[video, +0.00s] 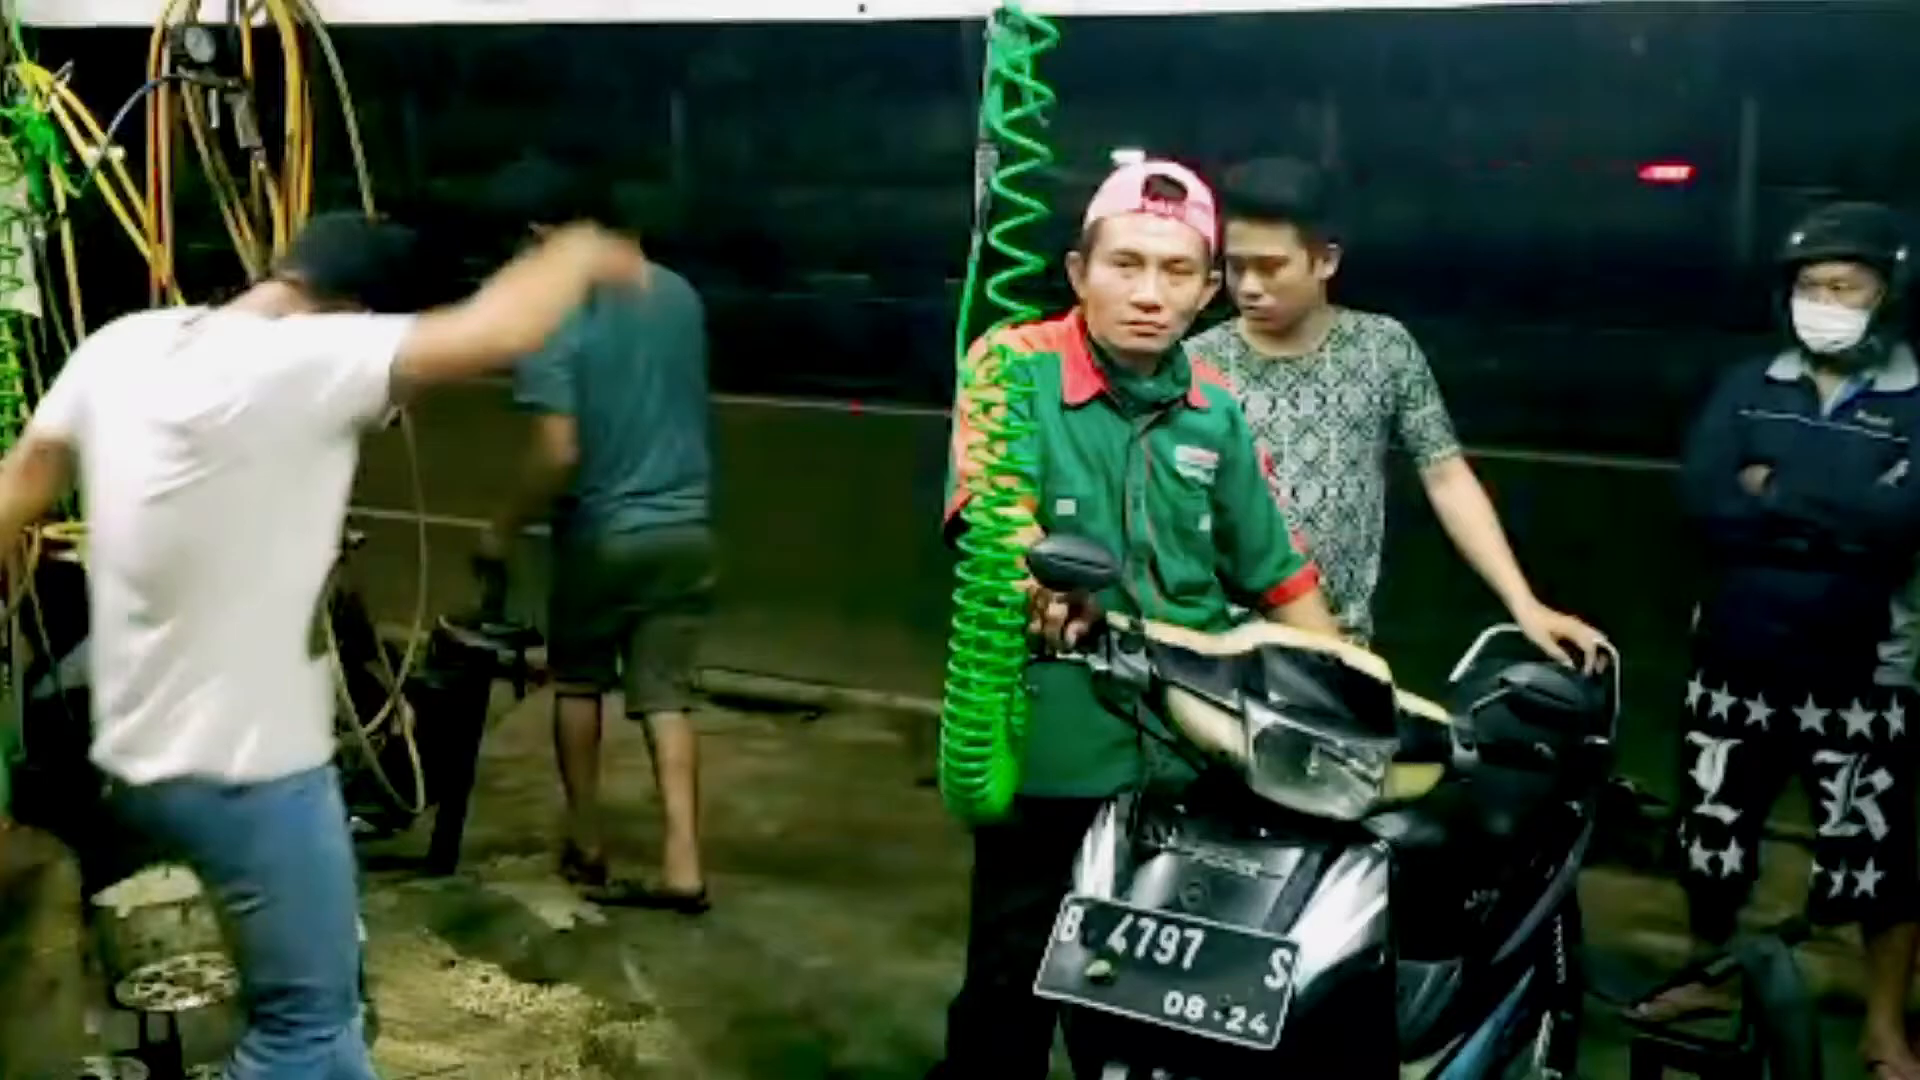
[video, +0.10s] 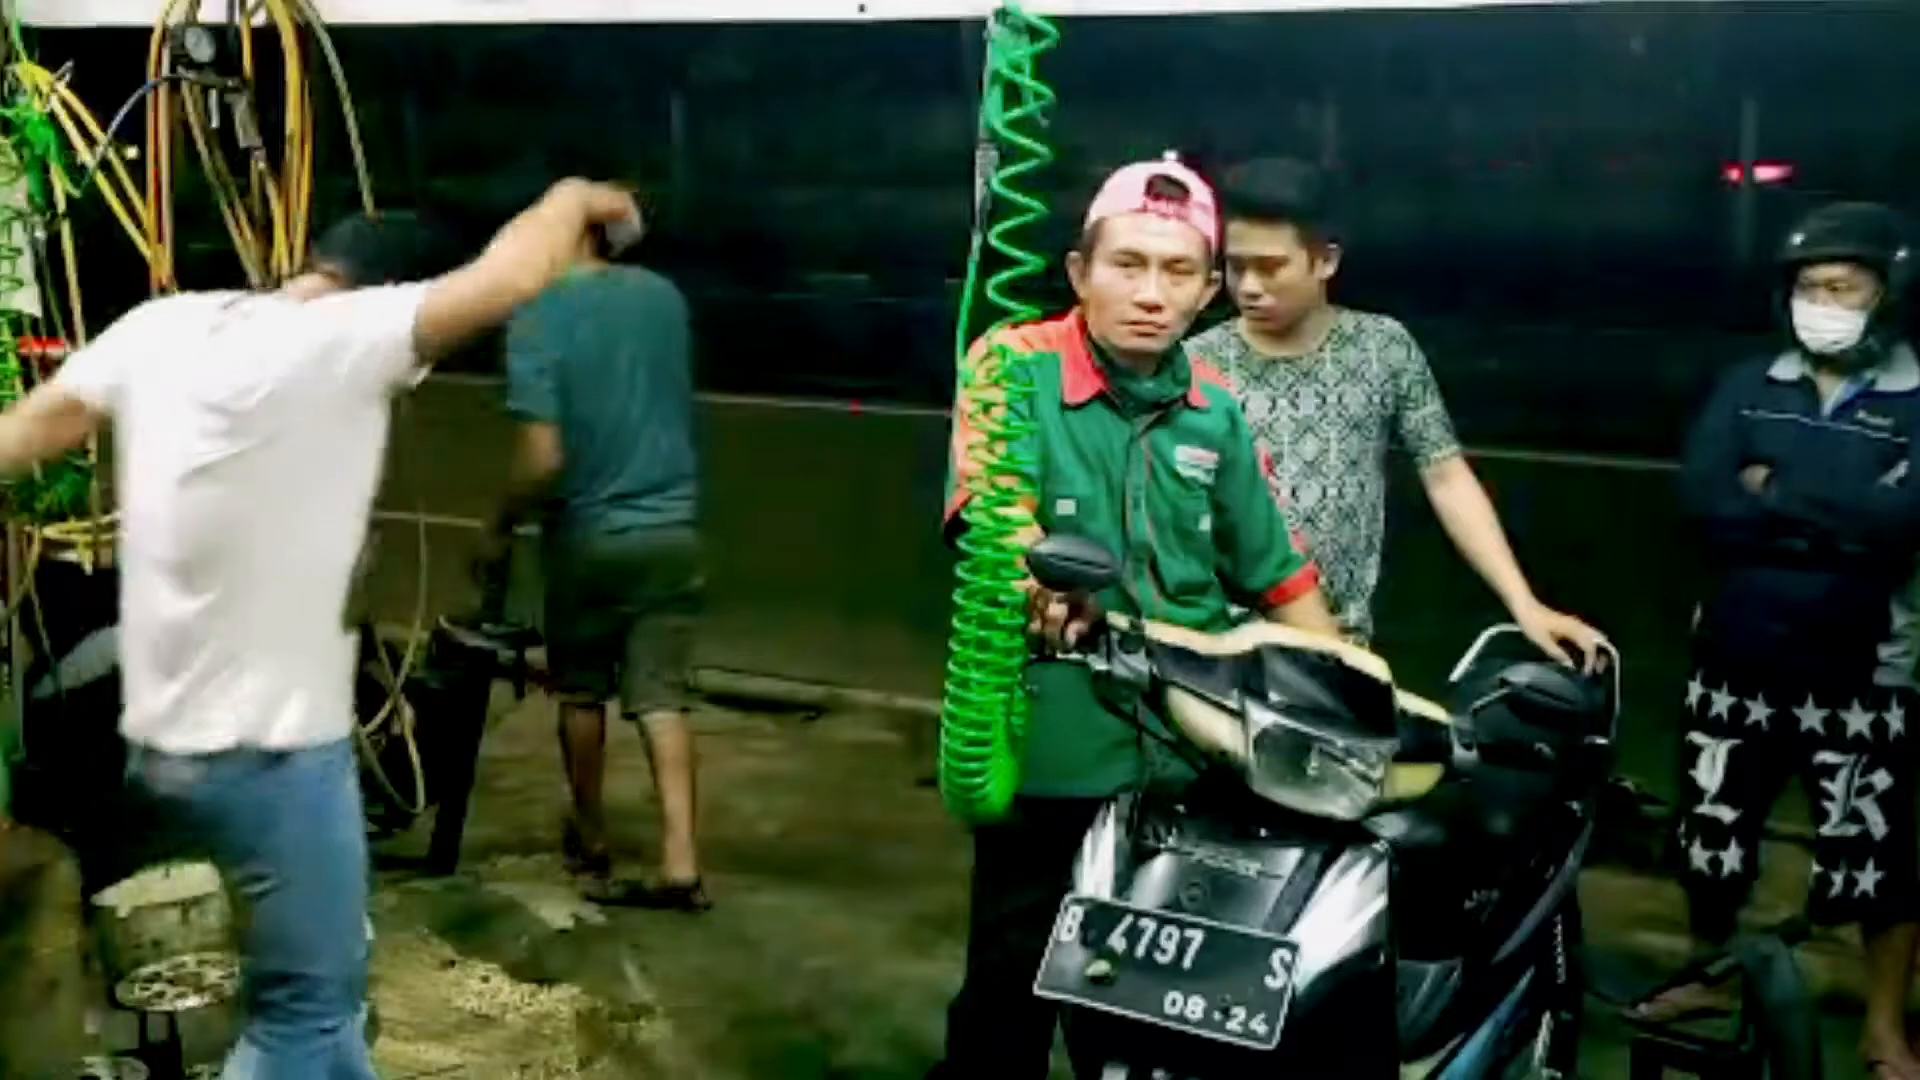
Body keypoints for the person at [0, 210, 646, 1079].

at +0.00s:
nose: (375, 329)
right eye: (377, 313)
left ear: (279, 266)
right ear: (362, 303)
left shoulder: (119, 347)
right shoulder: (321, 360)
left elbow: (16, 501)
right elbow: (497, 331)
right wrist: (577, 248)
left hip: (134, 762)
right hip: (256, 776)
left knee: (315, 981)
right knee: (307, 1029)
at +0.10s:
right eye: (393, 315)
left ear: (309, 267)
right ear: (374, 296)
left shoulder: (155, 327)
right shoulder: (353, 336)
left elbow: (21, 438)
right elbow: (511, 276)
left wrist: (101, 396)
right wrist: (574, 196)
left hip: (157, 746)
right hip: (279, 760)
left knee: (309, 986)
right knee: (306, 1018)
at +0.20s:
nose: (458, 345)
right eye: (451, 316)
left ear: (342, 260)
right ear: (411, 284)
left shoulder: (189, 314)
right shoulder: (384, 328)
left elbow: (20, 404)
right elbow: (539, 268)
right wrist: (579, 188)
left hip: (180, 737)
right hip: (298, 751)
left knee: (289, 974)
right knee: (332, 996)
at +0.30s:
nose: (475, 352)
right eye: (476, 331)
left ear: (381, 271)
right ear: (457, 312)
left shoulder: (233, 325)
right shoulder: (424, 346)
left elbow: (79, 445)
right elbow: (578, 343)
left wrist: (16, 559)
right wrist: (620, 257)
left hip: (224, 726)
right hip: (339, 740)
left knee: (342, 925)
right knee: (455, 927)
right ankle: (338, 1068)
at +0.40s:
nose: (470, 365)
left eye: (476, 352)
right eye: (479, 350)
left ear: (393, 291)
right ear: (462, 327)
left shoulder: (258, 359)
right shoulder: (417, 370)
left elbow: (235, 510)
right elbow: (544, 475)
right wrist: (641, 435)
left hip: (267, 727)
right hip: (376, 734)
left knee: (397, 910)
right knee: (525, 879)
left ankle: (383, 1069)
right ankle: (438, 1062)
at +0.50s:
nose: (491, 361)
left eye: (499, 346)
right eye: (499, 343)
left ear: (413, 293)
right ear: (481, 322)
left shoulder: (307, 365)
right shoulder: (432, 373)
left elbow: (367, 504)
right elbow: (482, 527)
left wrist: (497, 460)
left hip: (299, 719)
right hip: (398, 725)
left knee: (422, 892)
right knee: (571, 866)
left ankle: (391, 1068)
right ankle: (540, 1067)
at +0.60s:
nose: (521, 347)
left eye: (528, 333)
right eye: (531, 331)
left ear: (452, 280)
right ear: (517, 313)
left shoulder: (352, 344)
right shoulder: (454, 358)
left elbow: (517, 416)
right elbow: (455, 524)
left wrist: (657, 397)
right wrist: (546, 686)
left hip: (324, 704)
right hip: (425, 714)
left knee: (424, 911)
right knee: (570, 882)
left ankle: (391, 1071)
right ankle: (573, 1068)